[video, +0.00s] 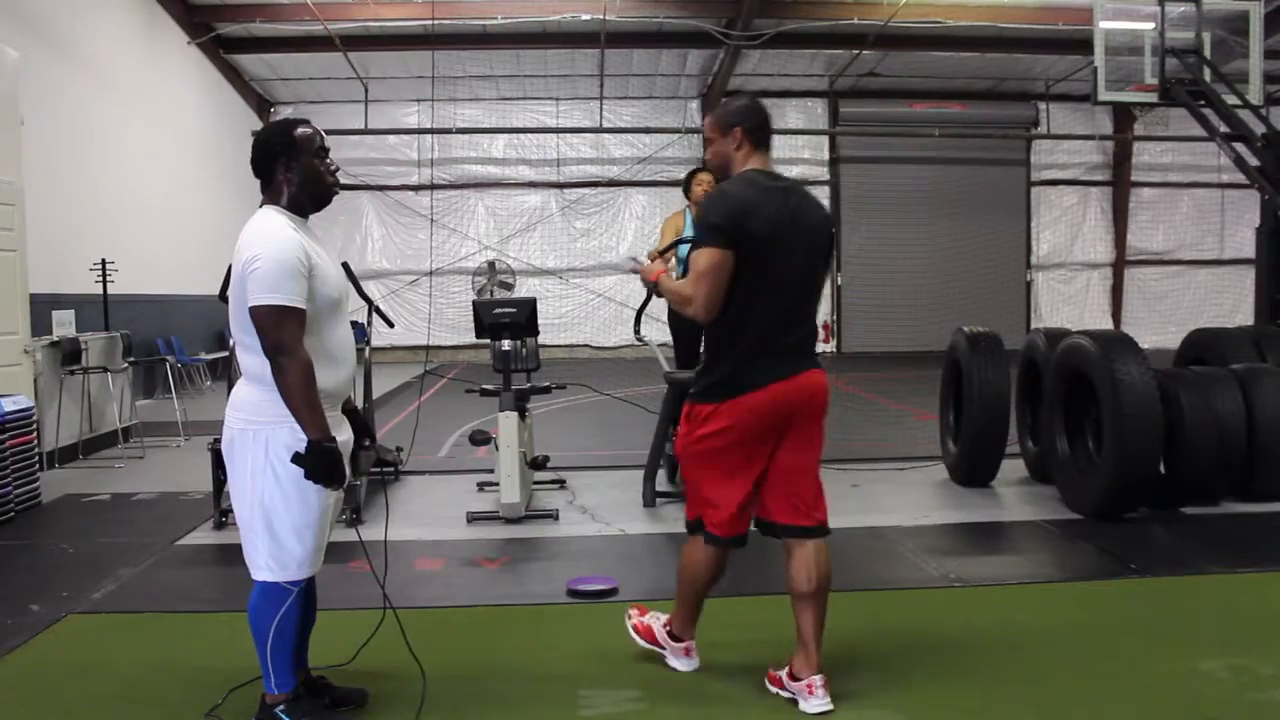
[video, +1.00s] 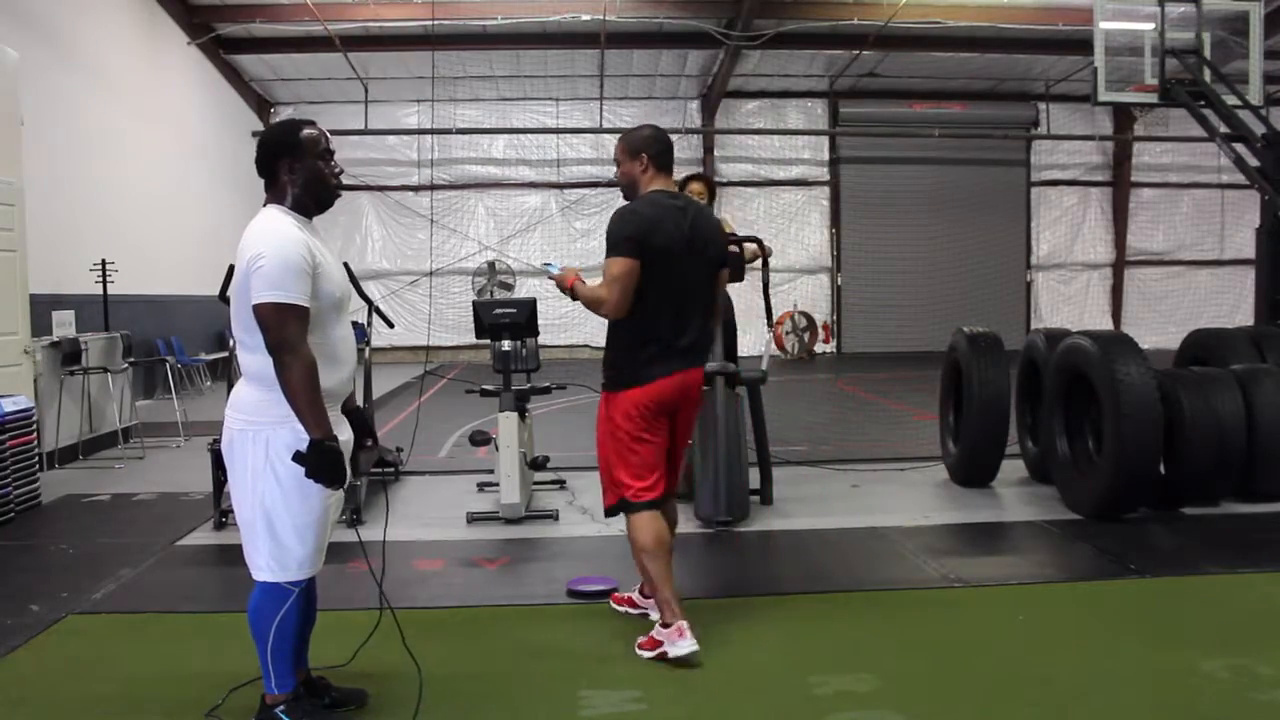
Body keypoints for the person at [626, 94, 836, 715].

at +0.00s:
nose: (706, 151)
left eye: (711, 140)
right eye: (706, 140)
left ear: (737, 138)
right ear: (758, 139)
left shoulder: (725, 202)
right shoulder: (814, 209)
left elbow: (700, 304)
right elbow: (804, 292)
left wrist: (659, 281)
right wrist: (713, 271)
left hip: (731, 395)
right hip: (804, 385)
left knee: (710, 524)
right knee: (805, 527)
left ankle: (679, 635)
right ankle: (807, 671)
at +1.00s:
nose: (618, 175)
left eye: (621, 166)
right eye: (617, 166)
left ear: (642, 163)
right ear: (663, 163)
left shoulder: (630, 219)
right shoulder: (706, 218)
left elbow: (614, 303)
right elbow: (719, 287)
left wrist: (577, 287)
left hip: (637, 384)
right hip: (688, 376)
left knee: (641, 501)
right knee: (660, 494)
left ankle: (674, 628)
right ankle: (651, 593)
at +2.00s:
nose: (623, 172)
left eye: (632, 163)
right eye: (622, 163)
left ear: (664, 164)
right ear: (635, 167)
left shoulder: (688, 222)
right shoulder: (653, 218)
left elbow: (682, 303)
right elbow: (652, 295)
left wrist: (610, 287)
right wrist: (607, 286)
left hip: (672, 382)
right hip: (637, 379)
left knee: (671, 493)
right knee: (621, 476)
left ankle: (681, 605)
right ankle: (651, 582)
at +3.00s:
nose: (649, 164)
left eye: (659, 157)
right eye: (642, 157)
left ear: (679, 166)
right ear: (635, 167)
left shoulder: (707, 219)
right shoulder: (625, 230)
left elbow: (731, 293)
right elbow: (612, 301)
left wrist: (675, 282)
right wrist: (590, 361)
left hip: (685, 375)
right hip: (635, 375)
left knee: (681, 487)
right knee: (646, 485)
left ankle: (681, 604)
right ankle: (673, 575)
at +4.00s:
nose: (712, 165)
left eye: (723, 159)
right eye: (708, 158)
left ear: (744, 169)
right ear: (701, 168)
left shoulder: (771, 225)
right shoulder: (689, 227)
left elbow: (794, 294)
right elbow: (677, 294)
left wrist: (740, 296)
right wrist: (658, 353)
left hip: (755, 373)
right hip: (697, 372)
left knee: (764, 473)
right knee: (683, 470)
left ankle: (767, 564)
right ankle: (676, 570)